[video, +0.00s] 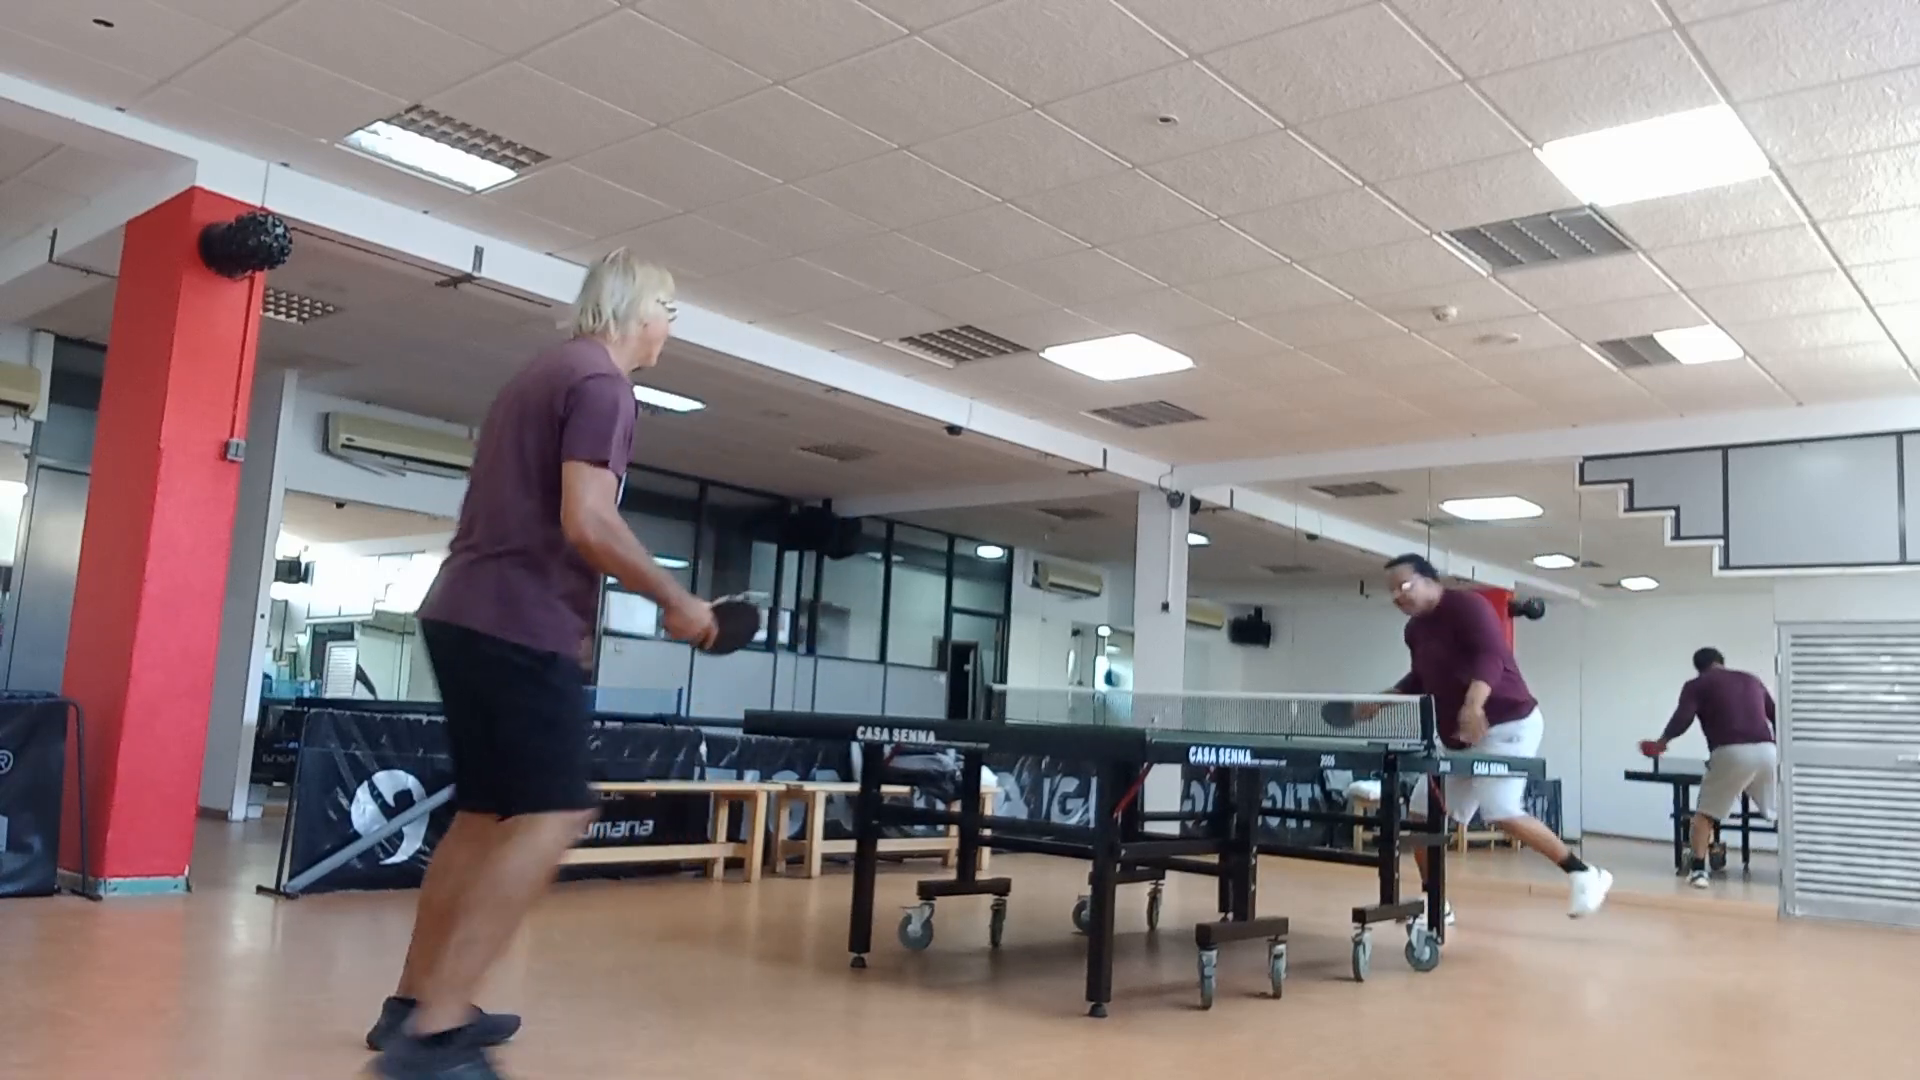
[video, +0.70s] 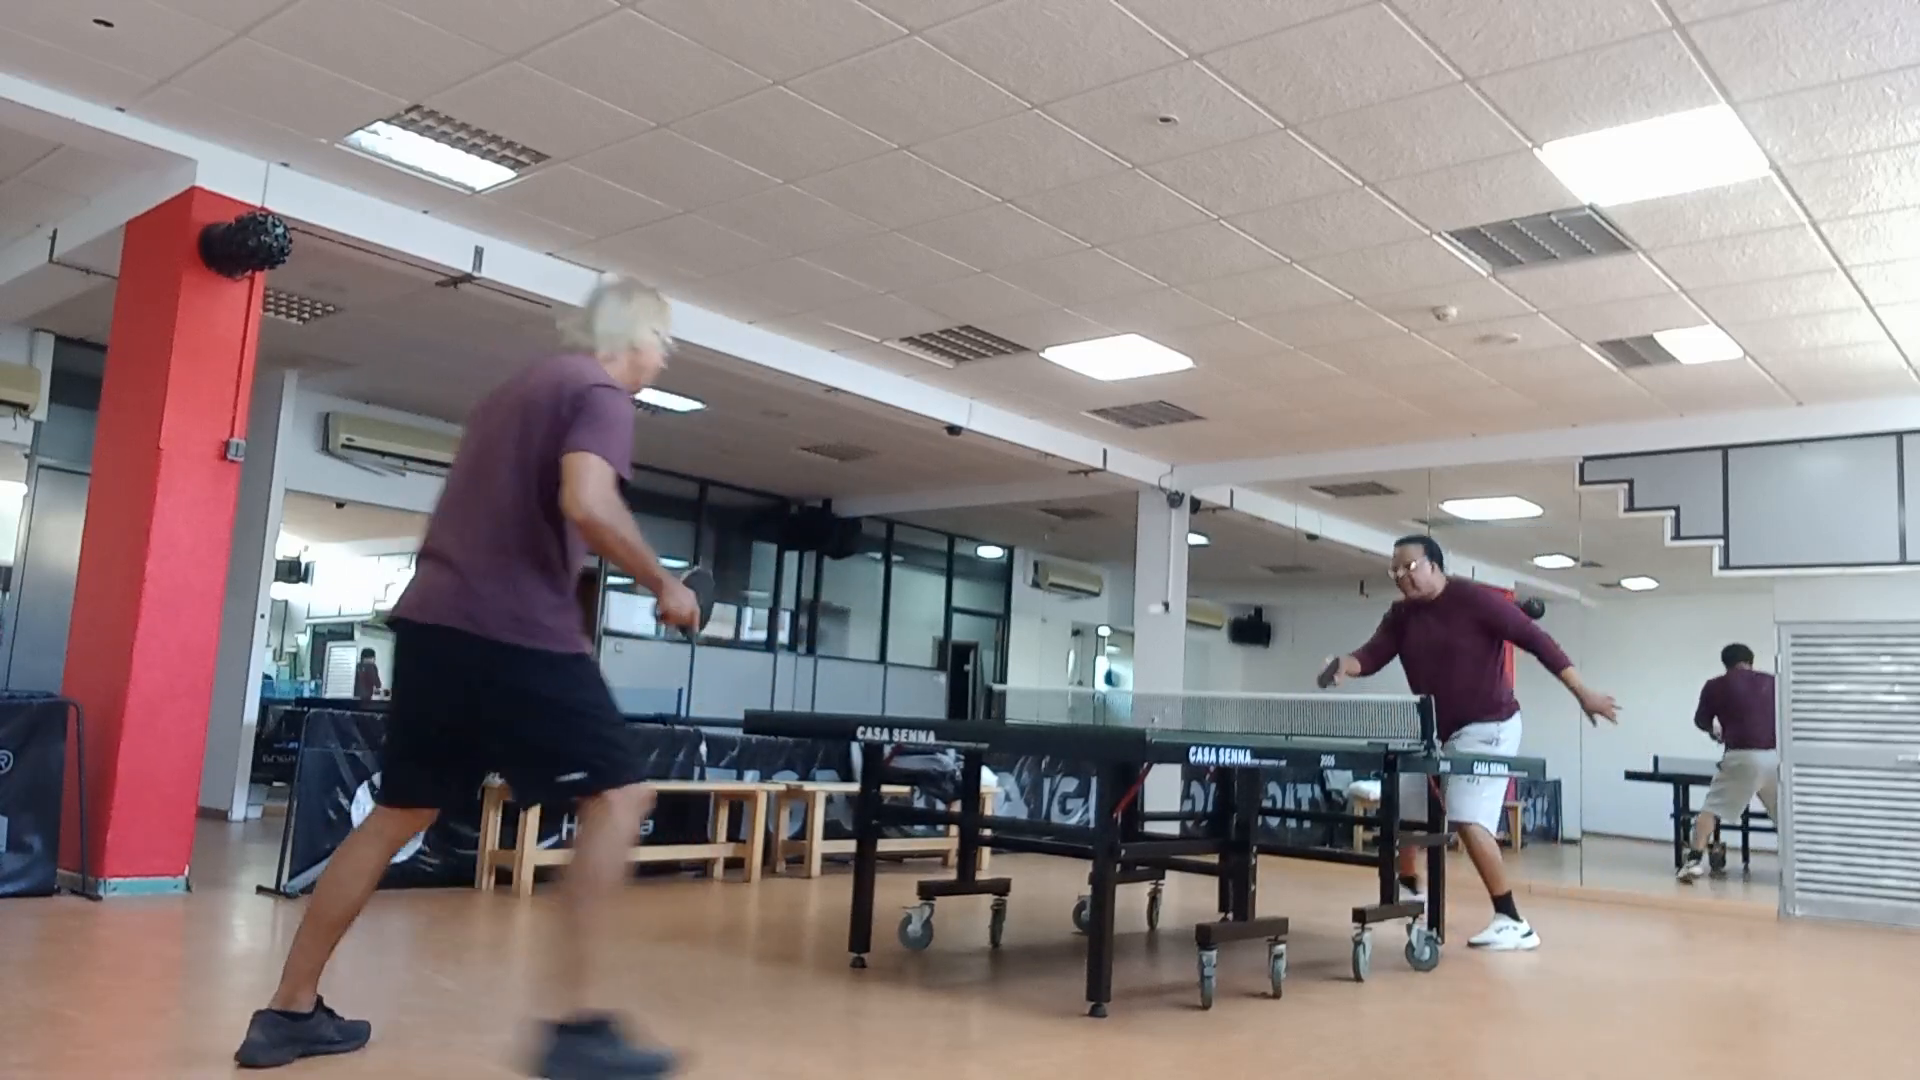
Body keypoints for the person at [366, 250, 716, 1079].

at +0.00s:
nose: (668, 339)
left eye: (671, 324)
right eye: (666, 321)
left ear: (598, 308)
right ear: (634, 314)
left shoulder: (543, 370)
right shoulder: (602, 381)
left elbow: (512, 519)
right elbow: (591, 523)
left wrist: (571, 621)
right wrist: (675, 601)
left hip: (466, 614)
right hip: (518, 625)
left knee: (486, 808)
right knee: (558, 809)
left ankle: (419, 1000)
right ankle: (438, 1023)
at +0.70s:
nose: (661, 370)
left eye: (664, 356)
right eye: (662, 353)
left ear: (589, 330)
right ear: (637, 342)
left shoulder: (519, 385)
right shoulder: (600, 390)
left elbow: (467, 516)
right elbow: (588, 501)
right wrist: (663, 584)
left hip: (432, 622)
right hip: (520, 632)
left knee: (400, 810)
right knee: (618, 792)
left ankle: (289, 1009)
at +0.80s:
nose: (697, 403)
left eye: (705, 390)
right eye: (701, 386)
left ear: (636, 354)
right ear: (677, 366)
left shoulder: (555, 403)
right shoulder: (644, 407)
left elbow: (513, 542)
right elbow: (637, 515)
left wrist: (598, 637)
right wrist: (697, 592)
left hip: (469, 640)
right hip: (558, 650)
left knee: (414, 820)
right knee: (658, 810)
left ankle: (293, 1009)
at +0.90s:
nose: (751, 431)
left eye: (754, 419)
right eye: (754, 418)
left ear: (686, 382)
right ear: (733, 400)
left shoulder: (602, 420)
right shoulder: (705, 437)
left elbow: (581, 533)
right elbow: (724, 553)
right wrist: (748, 611)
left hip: (517, 657)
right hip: (613, 671)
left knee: (442, 825)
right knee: (714, 833)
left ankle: (305, 1006)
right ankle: (764, 1036)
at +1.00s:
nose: (801, 454)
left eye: (807, 443)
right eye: (804, 439)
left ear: (735, 404)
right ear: (786, 422)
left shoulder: (651, 435)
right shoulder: (768, 452)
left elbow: (612, 554)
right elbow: (822, 571)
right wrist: (798, 610)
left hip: (556, 659)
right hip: (661, 668)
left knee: (479, 831)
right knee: (759, 818)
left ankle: (345, 1013)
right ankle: (770, 1035)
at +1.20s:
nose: (864, 468)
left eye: (862, 454)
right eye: (864, 457)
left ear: (798, 417)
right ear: (852, 444)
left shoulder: (720, 443)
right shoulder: (844, 467)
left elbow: (663, 541)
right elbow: (946, 570)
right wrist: (900, 592)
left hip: (616, 629)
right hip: (715, 647)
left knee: (546, 822)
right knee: (793, 817)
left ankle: (417, 1007)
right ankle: (775, 1036)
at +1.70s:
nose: (778, 388)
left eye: (776, 376)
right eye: (777, 377)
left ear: (702, 364)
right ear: (765, 374)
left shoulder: (632, 423)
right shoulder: (766, 419)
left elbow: (573, 547)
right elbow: (865, 499)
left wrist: (629, 599)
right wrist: (916, 519)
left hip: (608, 642)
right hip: (712, 646)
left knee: (548, 811)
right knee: (777, 819)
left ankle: (454, 995)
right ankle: (787, 1028)